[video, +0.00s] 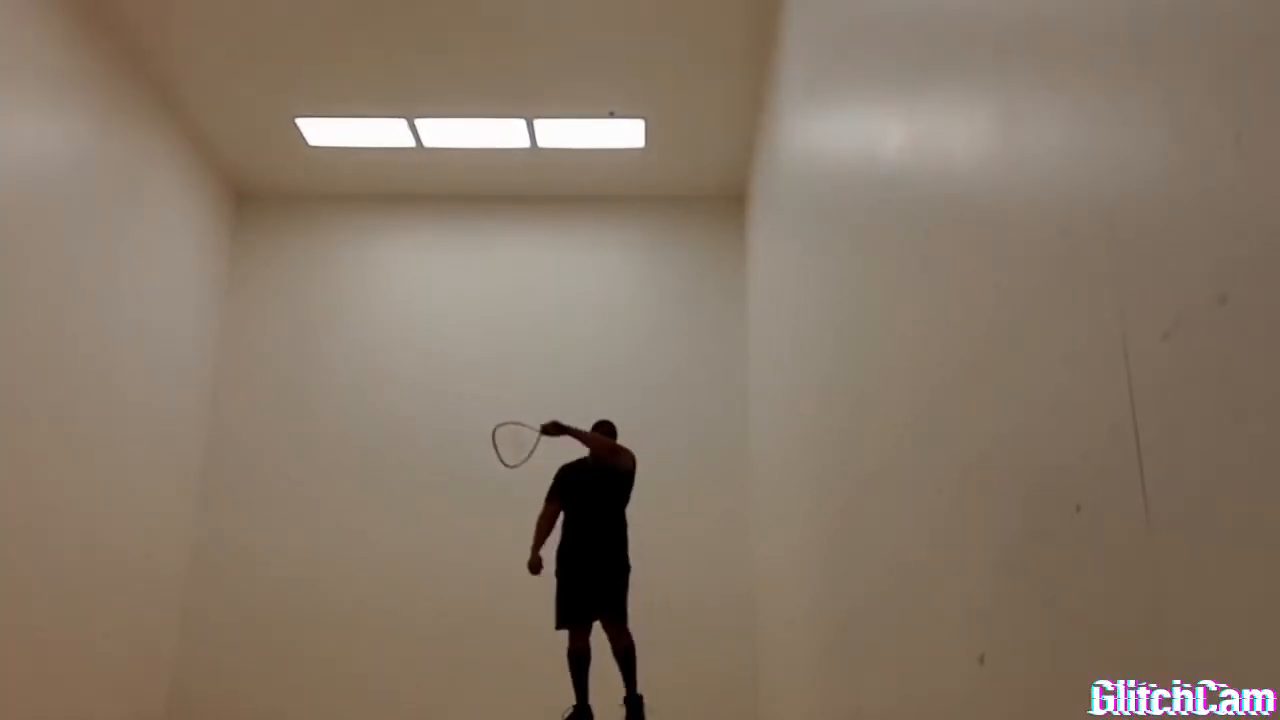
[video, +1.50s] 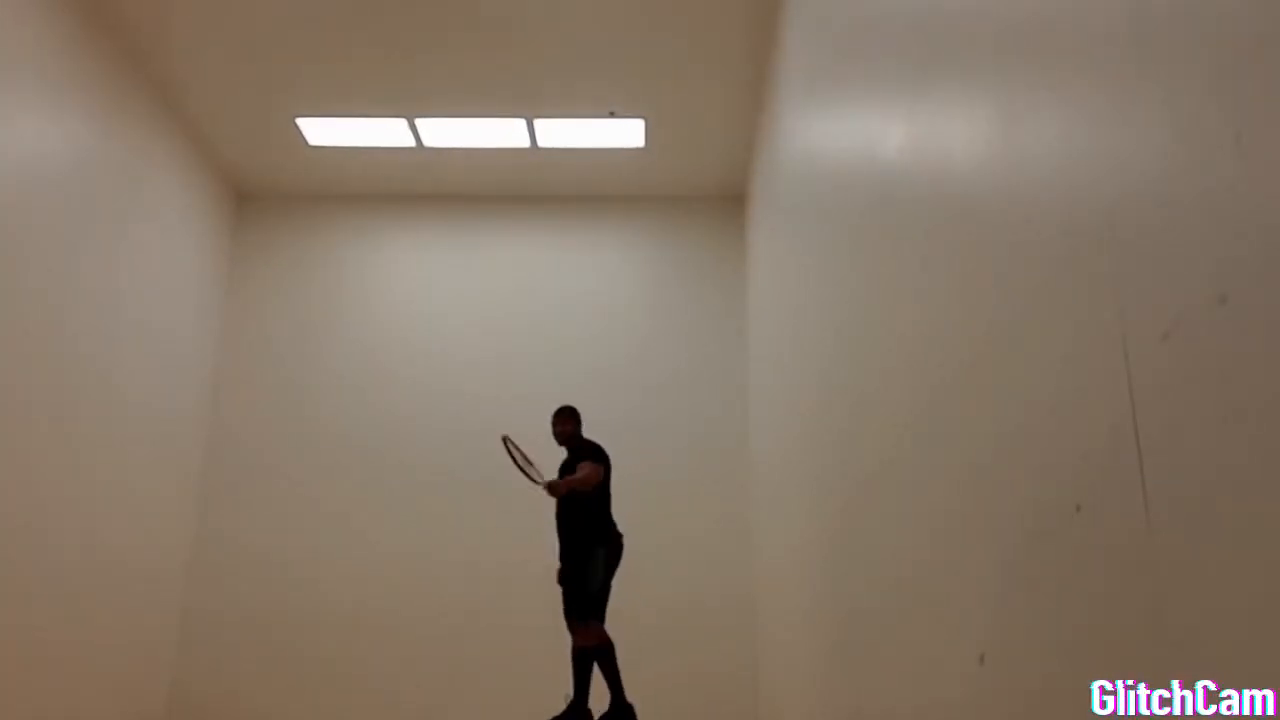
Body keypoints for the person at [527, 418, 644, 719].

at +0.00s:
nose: (601, 443)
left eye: (604, 438)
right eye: (599, 438)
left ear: (609, 441)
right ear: (593, 440)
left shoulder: (625, 465)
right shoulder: (568, 471)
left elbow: (606, 447)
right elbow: (550, 512)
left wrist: (566, 430)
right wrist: (535, 549)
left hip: (611, 559)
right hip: (574, 559)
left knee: (615, 626)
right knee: (578, 631)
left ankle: (632, 696)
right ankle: (581, 705)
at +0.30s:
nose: (585, 443)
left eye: (587, 438)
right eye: (584, 439)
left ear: (581, 437)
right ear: (599, 437)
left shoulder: (613, 460)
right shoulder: (565, 474)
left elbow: (583, 455)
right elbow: (553, 520)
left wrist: (541, 451)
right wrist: (535, 565)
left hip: (603, 550)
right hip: (572, 553)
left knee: (589, 624)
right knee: (575, 627)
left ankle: (596, 703)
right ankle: (582, 703)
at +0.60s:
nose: (570, 444)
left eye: (572, 439)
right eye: (568, 440)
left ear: (579, 437)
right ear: (575, 437)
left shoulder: (604, 457)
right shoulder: (564, 471)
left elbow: (566, 450)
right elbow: (560, 517)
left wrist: (526, 443)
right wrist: (547, 562)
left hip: (600, 548)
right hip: (573, 550)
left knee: (583, 624)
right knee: (575, 625)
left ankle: (581, 703)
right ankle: (580, 702)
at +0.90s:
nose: (547, 448)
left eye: (547, 441)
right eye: (545, 443)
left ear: (556, 436)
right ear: (565, 433)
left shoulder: (589, 453)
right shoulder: (563, 467)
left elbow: (555, 471)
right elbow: (563, 515)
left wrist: (508, 475)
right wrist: (547, 552)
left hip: (600, 545)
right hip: (580, 548)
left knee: (581, 619)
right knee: (578, 618)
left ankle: (582, 703)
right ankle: (581, 701)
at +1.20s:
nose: (540, 436)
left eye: (543, 430)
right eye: (539, 430)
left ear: (556, 428)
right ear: (556, 429)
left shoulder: (577, 457)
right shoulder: (568, 459)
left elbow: (580, 507)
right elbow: (573, 509)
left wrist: (565, 548)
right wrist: (564, 550)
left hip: (594, 546)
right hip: (587, 548)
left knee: (583, 621)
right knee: (579, 622)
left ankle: (589, 702)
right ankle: (586, 701)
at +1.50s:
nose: (561, 431)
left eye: (566, 425)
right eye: (556, 426)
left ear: (578, 425)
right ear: (553, 430)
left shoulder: (592, 453)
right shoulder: (565, 467)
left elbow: (590, 477)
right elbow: (569, 521)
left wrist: (564, 485)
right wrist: (565, 563)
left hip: (600, 546)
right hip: (577, 550)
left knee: (591, 624)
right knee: (578, 625)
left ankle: (620, 702)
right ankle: (579, 704)